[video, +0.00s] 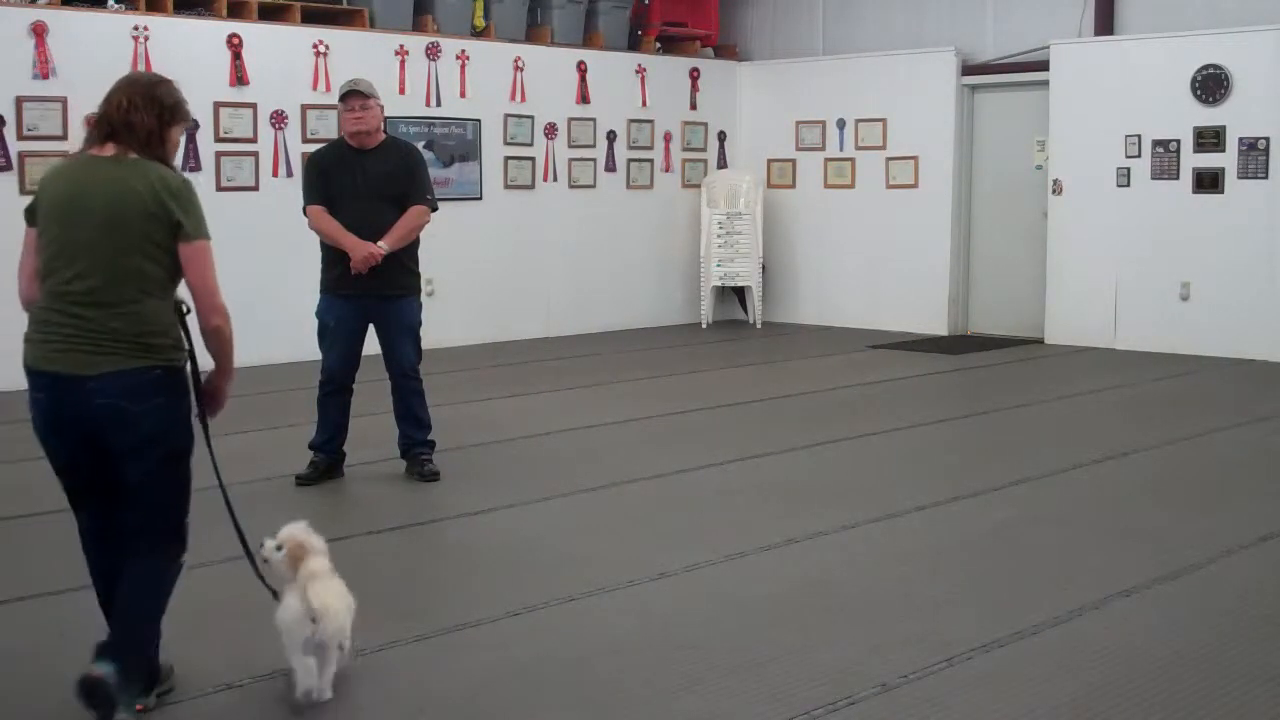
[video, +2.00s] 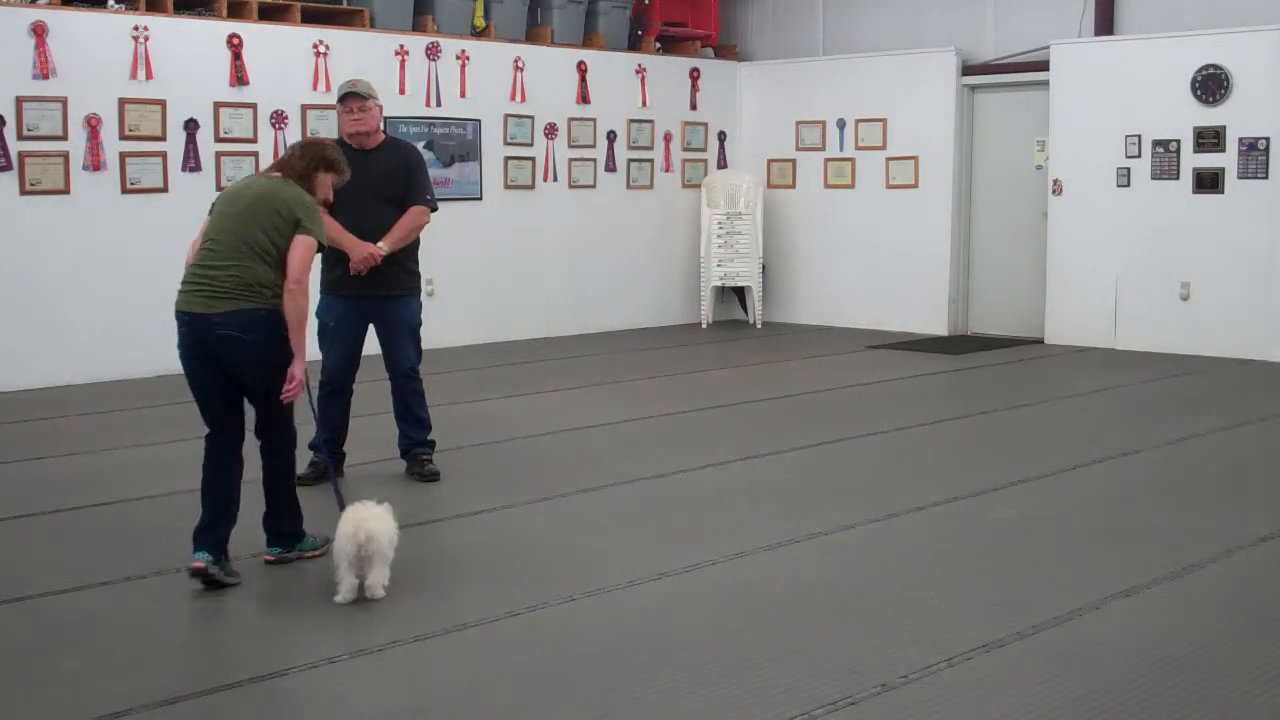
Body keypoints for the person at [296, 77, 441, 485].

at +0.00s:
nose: (357, 114)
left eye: (365, 107)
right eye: (350, 109)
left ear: (380, 111)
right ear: (339, 117)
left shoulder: (406, 155)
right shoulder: (321, 161)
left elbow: (421, 211)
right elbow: (315, 214)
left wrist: (378, 249)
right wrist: (354, 246)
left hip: (397, 287)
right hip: (342, 288)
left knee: (406, 373)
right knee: (335, 375)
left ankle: (419, 452)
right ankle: (327, 455)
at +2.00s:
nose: (357, 117)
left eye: (364, 109)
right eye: (349, 112)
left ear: (380, 113)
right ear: (338, 120)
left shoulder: (406, 155)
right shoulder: (328, 158)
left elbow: (421, 213)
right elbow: (312, 214)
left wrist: (378, 250)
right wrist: (354, 246)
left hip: (397, 288)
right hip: (342, 289)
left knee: (406, 372)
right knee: (335, 376)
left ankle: (418, 450)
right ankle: (326, 454)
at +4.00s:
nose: (359, 115)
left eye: (365, 108)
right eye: (352, 110)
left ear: (380, 112)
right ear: (340, 117)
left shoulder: (405, 154)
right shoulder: (325, 160)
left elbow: (421, 210)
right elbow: (313, 219)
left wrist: (379, 249)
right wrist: (347, 245)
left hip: (397, 282)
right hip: (343, 282)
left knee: (406, 370)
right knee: (336, 376)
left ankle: (418, 450)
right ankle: (330, 456)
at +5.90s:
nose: (359, 120)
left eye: (366, 112)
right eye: (351, 114)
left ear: (379, 114)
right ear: (339, 118)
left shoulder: (406, 155)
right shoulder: (321, 162)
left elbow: (424, 217)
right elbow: (317, 219)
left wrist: (402, 259)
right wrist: (364, 251)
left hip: (396, 281)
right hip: (340, 281)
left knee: (406, 369)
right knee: (332, 372)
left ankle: (419, 449)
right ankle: (327, 452)